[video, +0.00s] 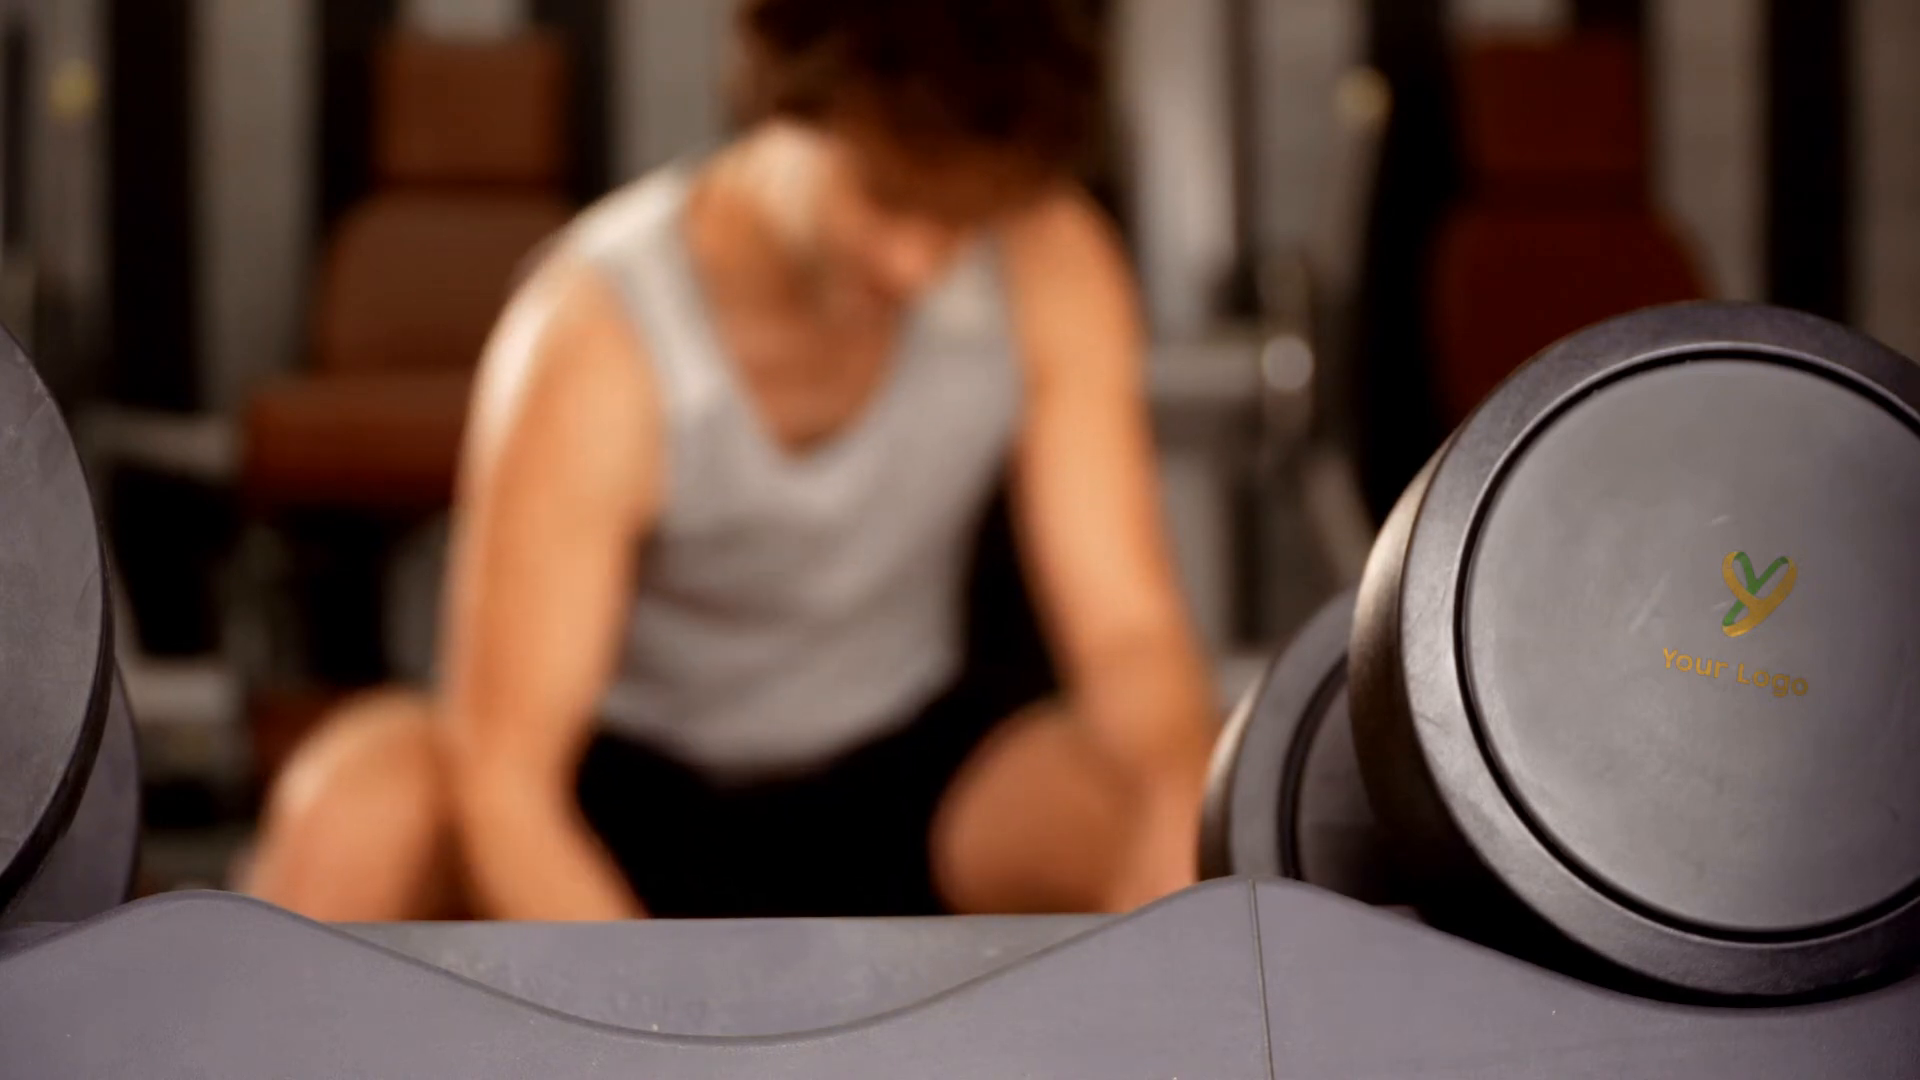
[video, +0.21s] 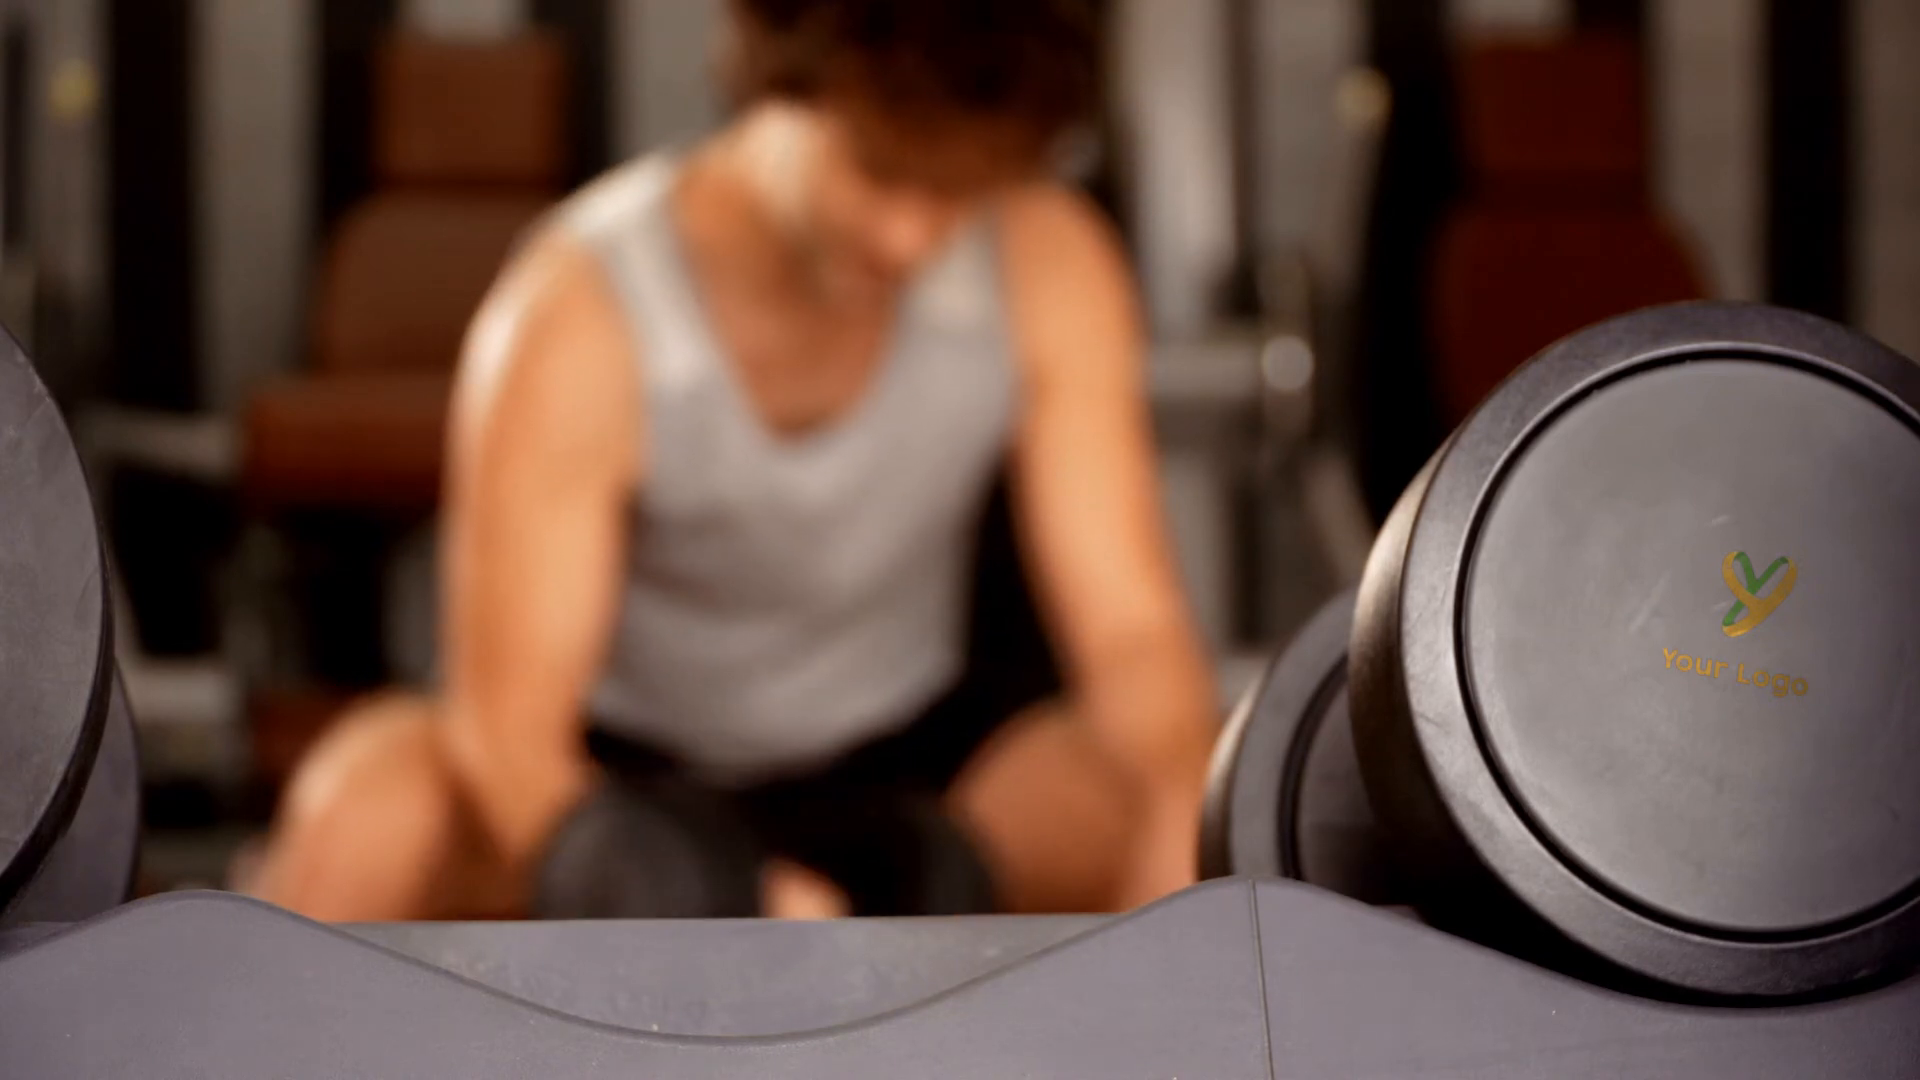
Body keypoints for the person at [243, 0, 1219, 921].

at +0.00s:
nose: (919, 264)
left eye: (970, 220)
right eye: (888, 202)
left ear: (1015, 174)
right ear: (793, 115)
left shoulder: (1044, 254)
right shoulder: (595, 327)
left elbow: (1128, 639)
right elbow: (503, 778)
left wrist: (1183, 863)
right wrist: (662, 1032)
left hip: (898, 780)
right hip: (627, 794)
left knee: (1187, 808)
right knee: (354, 789)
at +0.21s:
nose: (912, 238)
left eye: (961, 192)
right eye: (879, 175)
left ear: (1013, 159)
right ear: (778, 82)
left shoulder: (1044, 256)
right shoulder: (578, 307)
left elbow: (1133, 637)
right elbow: (508, 744)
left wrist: (1182, 851)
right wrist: (721, 897)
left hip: (902, 785)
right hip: (626, 794)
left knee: (1197, 790)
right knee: (369, 793)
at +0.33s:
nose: (908, 231)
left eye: (957, 183)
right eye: (875, 168)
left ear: (1010, 150)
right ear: (777, 76)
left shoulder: (1038, 257)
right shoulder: (556, 309)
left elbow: (1134, 640)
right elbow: (519, 737)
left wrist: (1185, 835)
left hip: (899, 802)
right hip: (619, 800)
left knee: (1193, 787)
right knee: (373, 789)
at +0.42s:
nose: (906, 230)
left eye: (952, 181)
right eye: (870, 166)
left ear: (1007, 144)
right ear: (770, 76)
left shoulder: (1030, 257)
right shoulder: (538, 310)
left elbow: (1132, 639)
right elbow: (524, 736)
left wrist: (1186, 836)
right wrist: (859, 766)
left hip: (890, 810)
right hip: (617, 820)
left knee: (1191, 781)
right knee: (377, 777)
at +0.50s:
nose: (898, 229)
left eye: (946, 179)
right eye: (864, 165)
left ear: (999, 138)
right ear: (765, 75)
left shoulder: (1020, 254)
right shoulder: (520, 311)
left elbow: (1127, 631)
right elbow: (535, 759)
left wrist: (1191, 836)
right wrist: (848, 719)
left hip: (890, 802)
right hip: (611, 813)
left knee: (1192, 793)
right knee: (374, 787)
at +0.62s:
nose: (879, 229)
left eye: (925, 181)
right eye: (845, 168)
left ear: (977, 140)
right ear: (750, 86)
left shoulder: (1006, 254)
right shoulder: (497, 314)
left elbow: (1123, 635)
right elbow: (524, 758)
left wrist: (1177, 869)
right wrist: (746, 715)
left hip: (895, 793)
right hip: (601, 804)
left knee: (1175, 795)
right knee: (372, 800)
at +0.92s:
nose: (854, 231)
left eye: (902, 181)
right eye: (816, 170)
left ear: (950, 148)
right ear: (712, 93)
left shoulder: (990, 255)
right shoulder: (465, 330)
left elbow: (1119, 633)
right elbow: (529, 767)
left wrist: (1181, 889)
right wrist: (755, 662)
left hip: (892, 787)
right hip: (598, 808)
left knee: (1174, 814)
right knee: (373, 807)